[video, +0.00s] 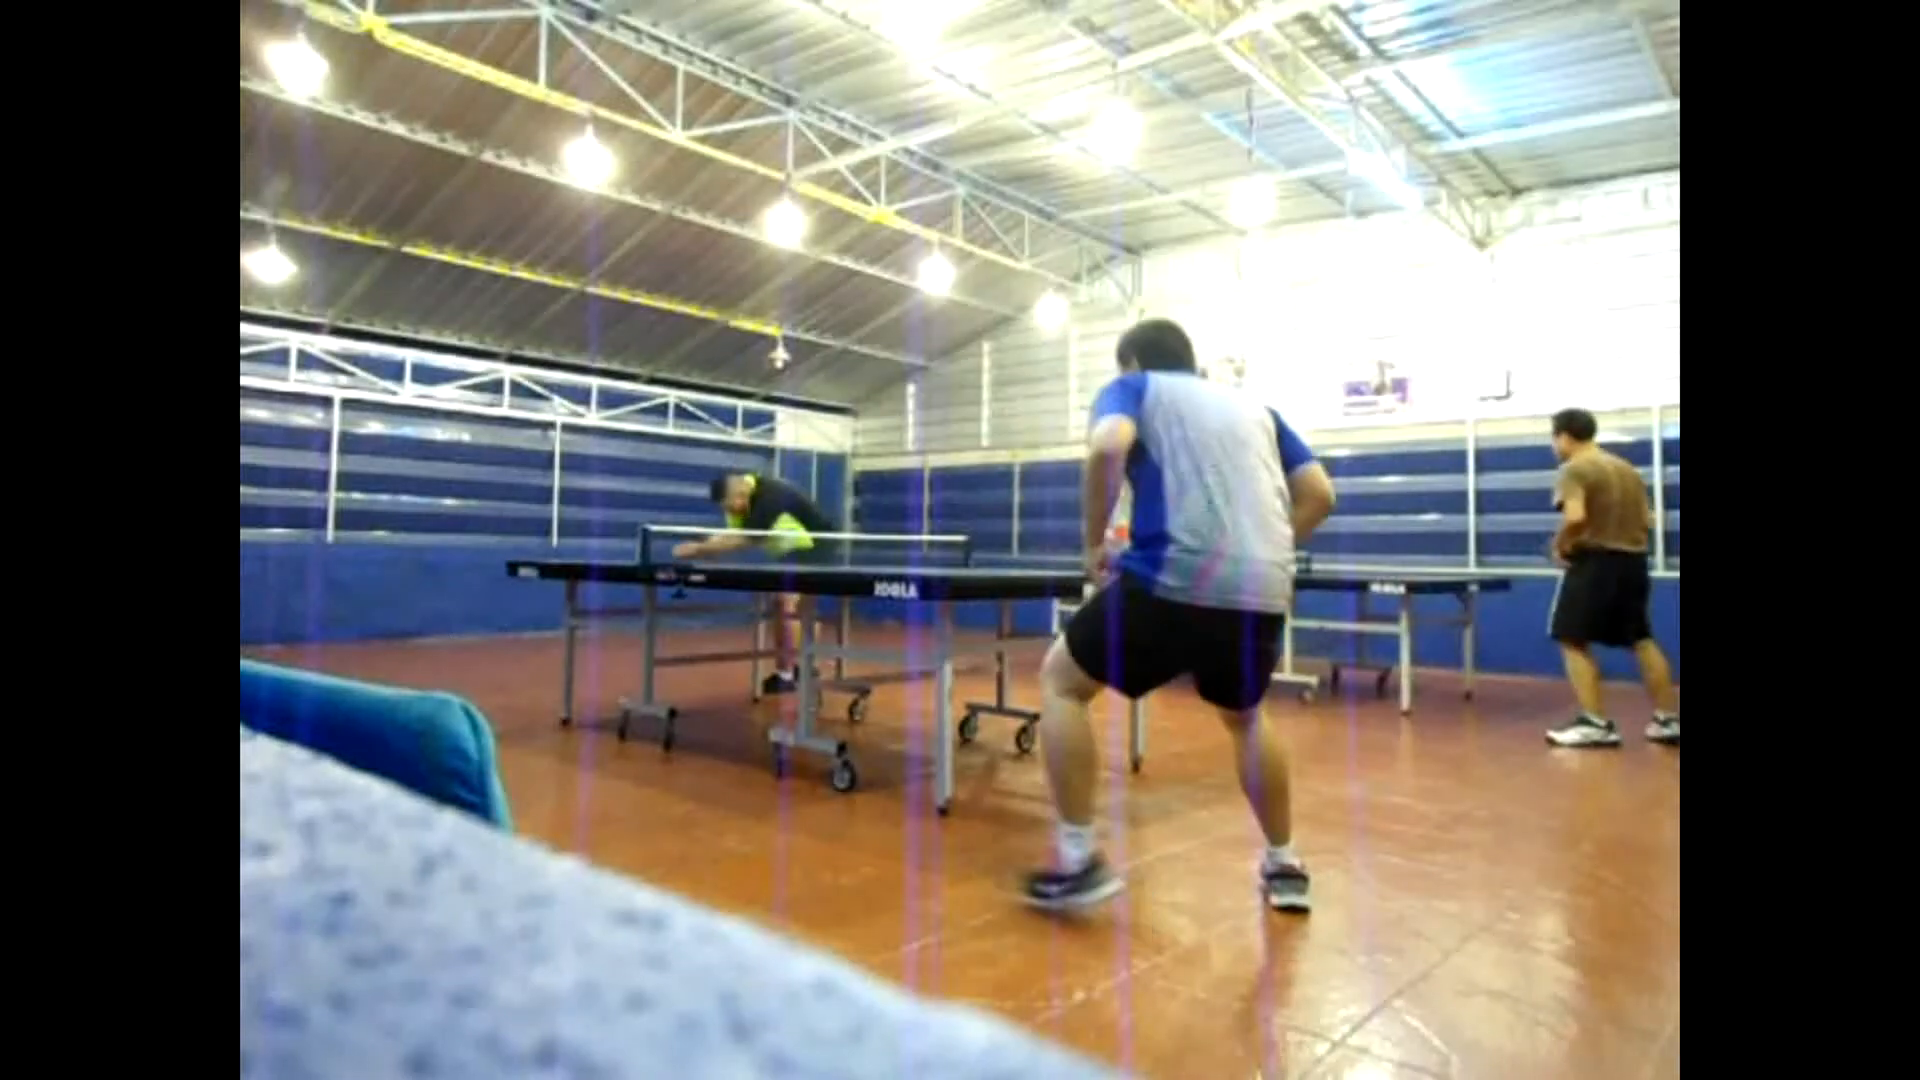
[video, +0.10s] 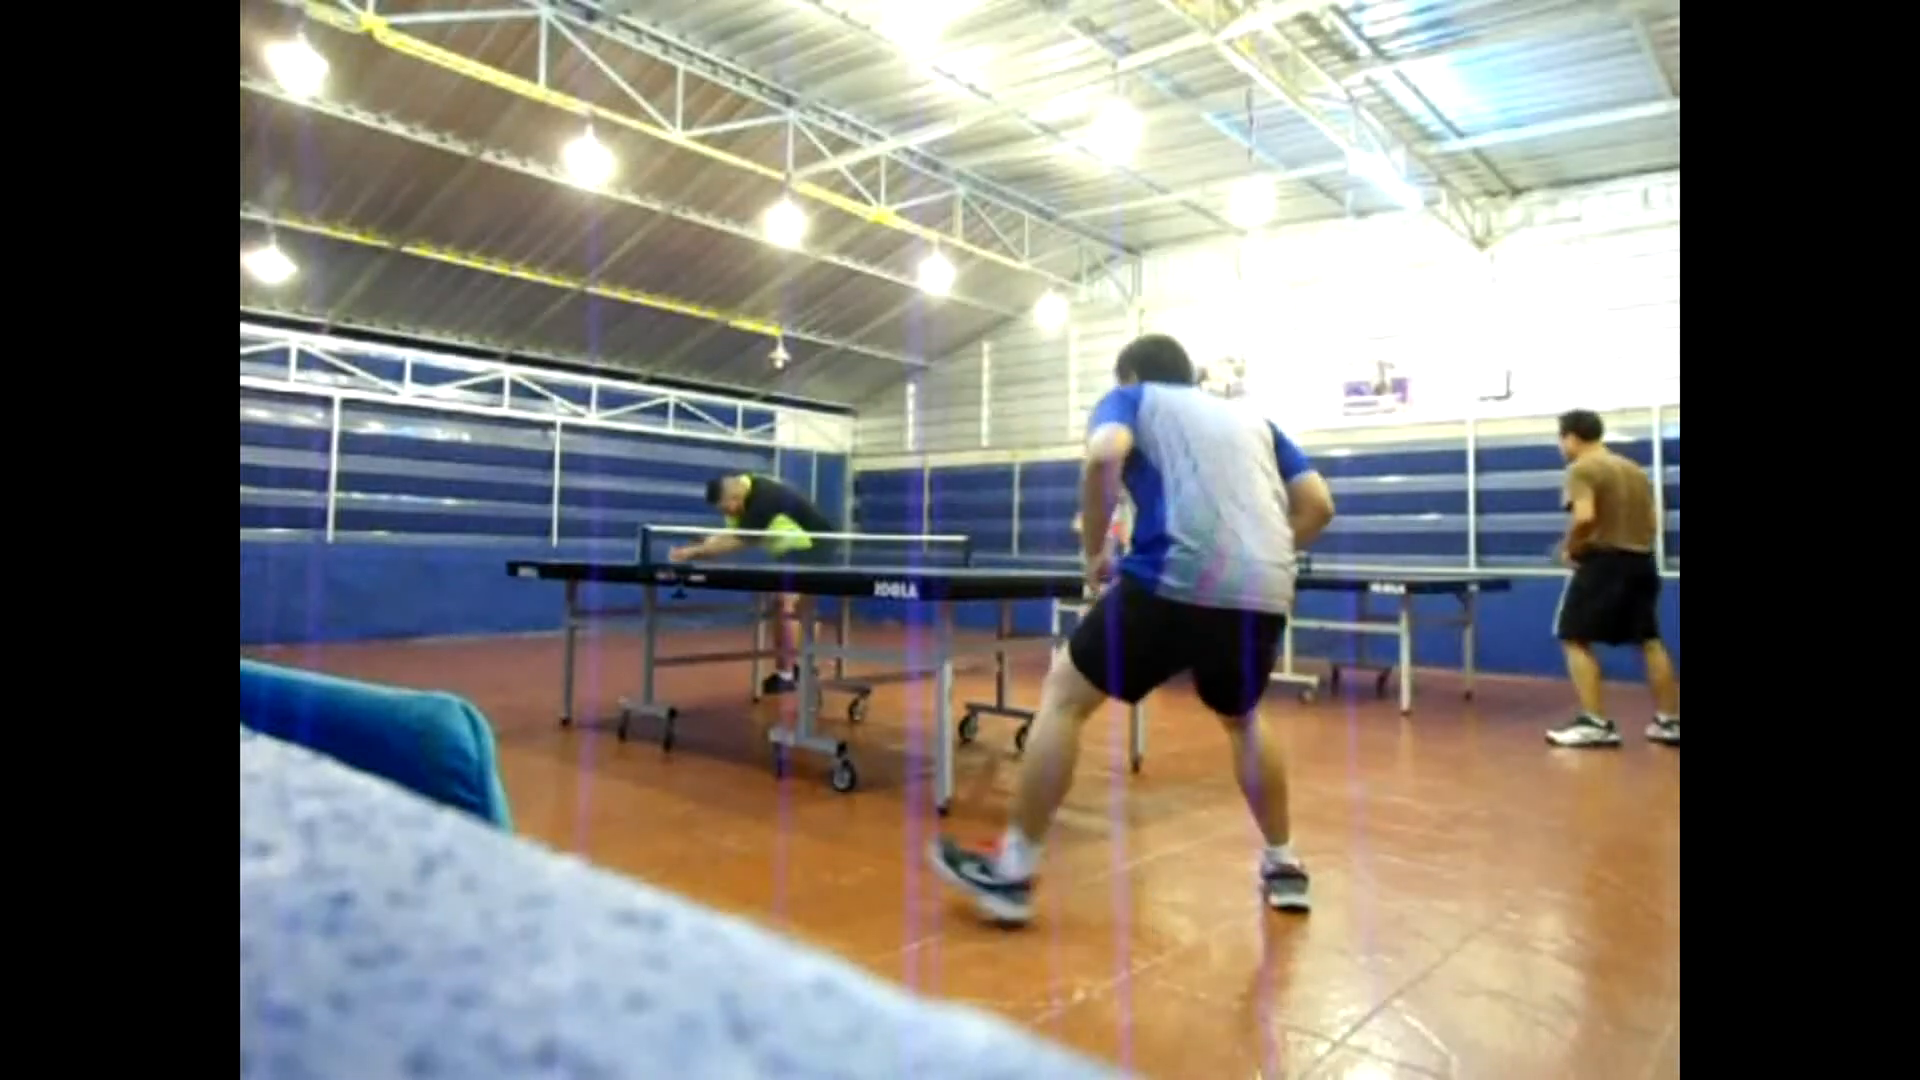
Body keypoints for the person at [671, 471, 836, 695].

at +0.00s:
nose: (732, 511)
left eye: (731, 504)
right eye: (727, 508)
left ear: (739, 491)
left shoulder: (769, 495)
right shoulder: (742, 498)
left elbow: (749, 538)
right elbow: (734, 534)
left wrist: (699, 549)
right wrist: (700, 549)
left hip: (811, 550)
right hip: (789, 551)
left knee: (789, 607)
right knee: (783, 608)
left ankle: (788, 671)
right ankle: (787, 667)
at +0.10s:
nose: (728, 513)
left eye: (727, 507)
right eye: (724, 510)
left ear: (735, 494)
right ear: (730, 492)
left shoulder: (763, 498)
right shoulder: (744, 494)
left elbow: (742, 540)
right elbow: (732, 534)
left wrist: (694, 552)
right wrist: (700, 549)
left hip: (811, 551)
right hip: (791, 551)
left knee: (788, 609)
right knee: (783, 609)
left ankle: (788, 671)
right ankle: (785, 668)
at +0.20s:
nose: (725, 512)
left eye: (723, 507)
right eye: (720, 510)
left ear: (729, 494)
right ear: (727, 492)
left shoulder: (760, 498)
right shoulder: (745, 492)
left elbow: (737, 544)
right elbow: (737, 534)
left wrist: (694, 557)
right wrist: (716, 540)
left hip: (813, 548)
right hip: (793, 548)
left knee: (785, 604)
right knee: (779, 605)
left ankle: (786, 672)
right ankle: (786, 667)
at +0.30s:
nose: (722, 510)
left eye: (720, 506)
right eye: (718, 508)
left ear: (727, 493)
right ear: (725, 490)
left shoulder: (756, 496)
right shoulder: (743, 492)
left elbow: (740, 543)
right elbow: (735, 533)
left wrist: (705, 560)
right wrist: (712, 542)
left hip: (810, 547)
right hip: (790, 549)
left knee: (785, 606)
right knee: (777, 606)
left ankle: (787, 671)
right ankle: (785, 668)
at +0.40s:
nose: (720, 509)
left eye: (717, 503)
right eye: (715, 506)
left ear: (725, 490)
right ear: (724, 489)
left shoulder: (753, 495)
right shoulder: (747, 491)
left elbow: (738, 539)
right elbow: (736, 537)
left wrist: (708, 555)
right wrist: (709, 551)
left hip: (810, 547)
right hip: (794, 547)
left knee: (783, 604)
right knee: (778, 604)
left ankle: (786, 672)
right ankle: (787, 668)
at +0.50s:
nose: (719, 506)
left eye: (716, 500)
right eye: (714, 502)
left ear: (725, 486)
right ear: (725, 485)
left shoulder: (751, 492)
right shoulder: (751, 488)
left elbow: (728, 536)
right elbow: (739, 540)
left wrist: (690, 560)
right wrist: (710, 564)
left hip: (810, 547)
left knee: (782, 603)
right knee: (779, 604)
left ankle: (785, 672)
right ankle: (788, 669)